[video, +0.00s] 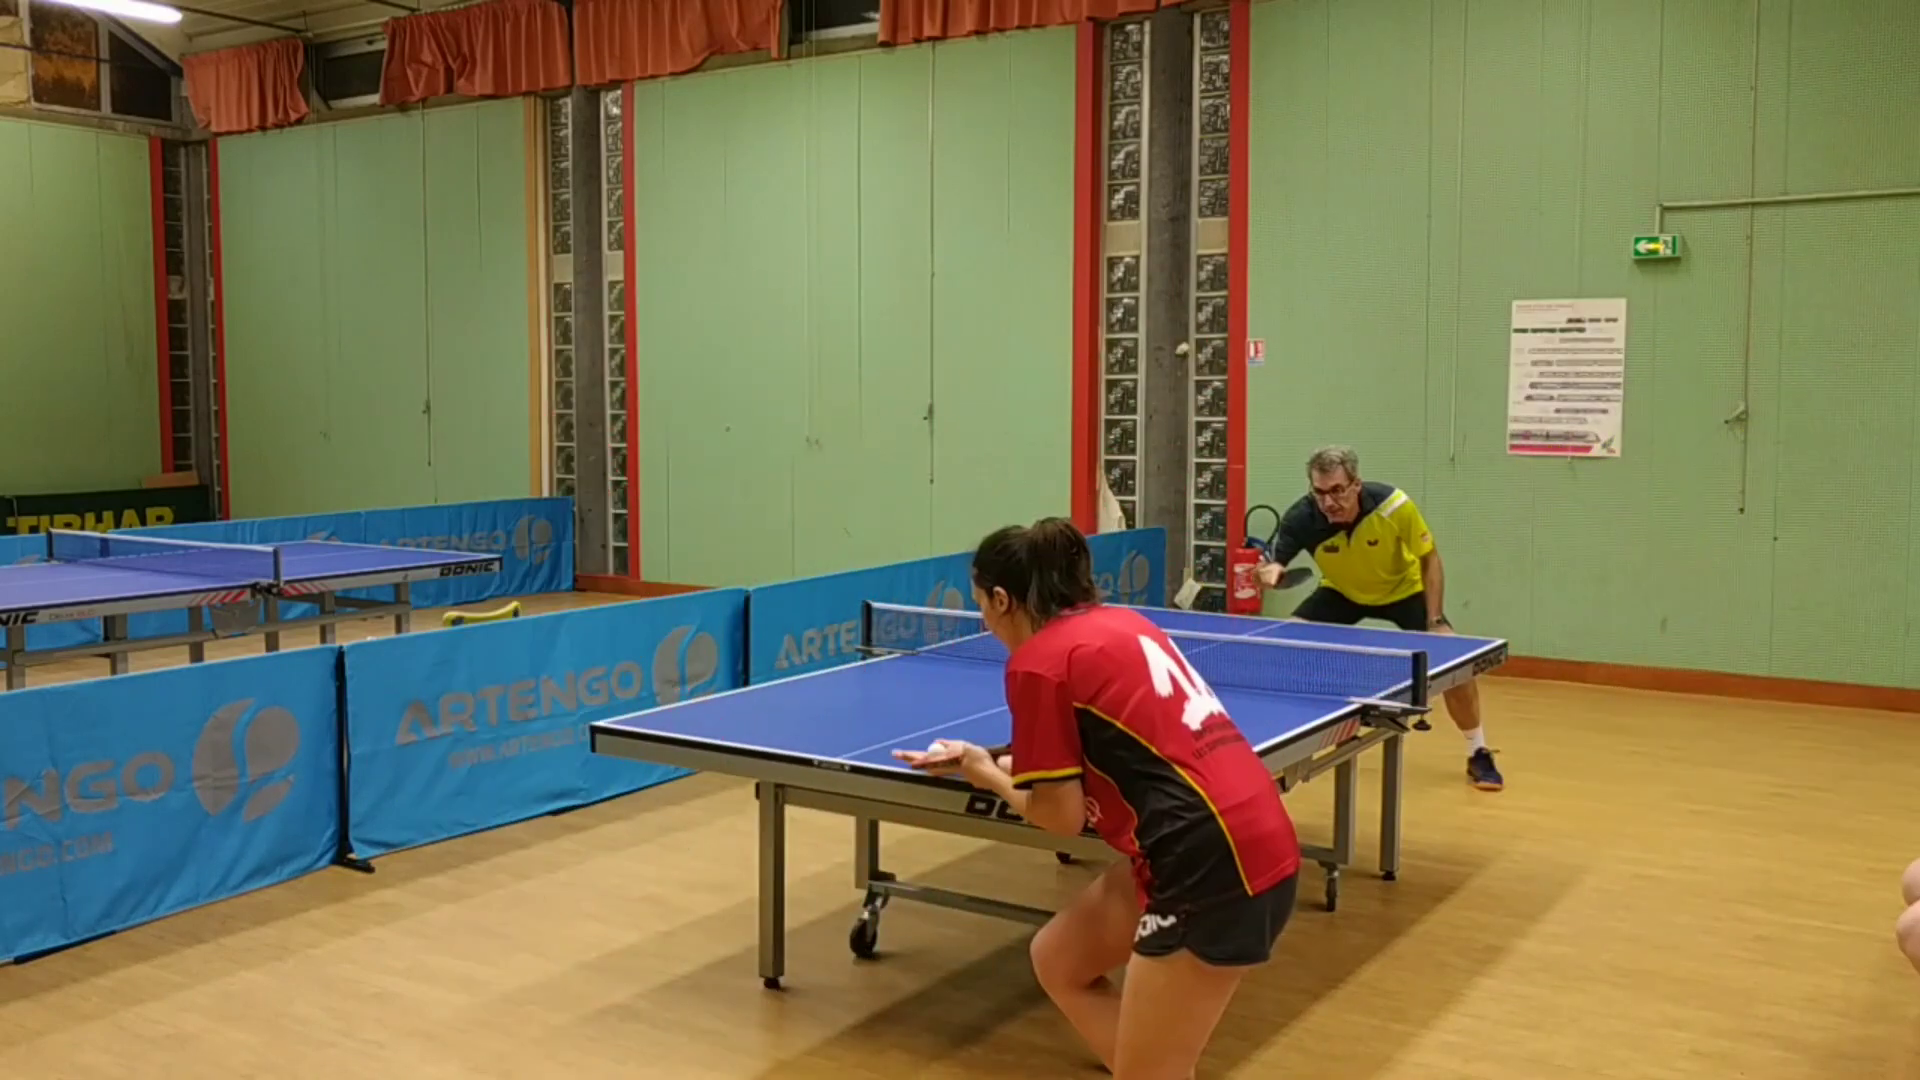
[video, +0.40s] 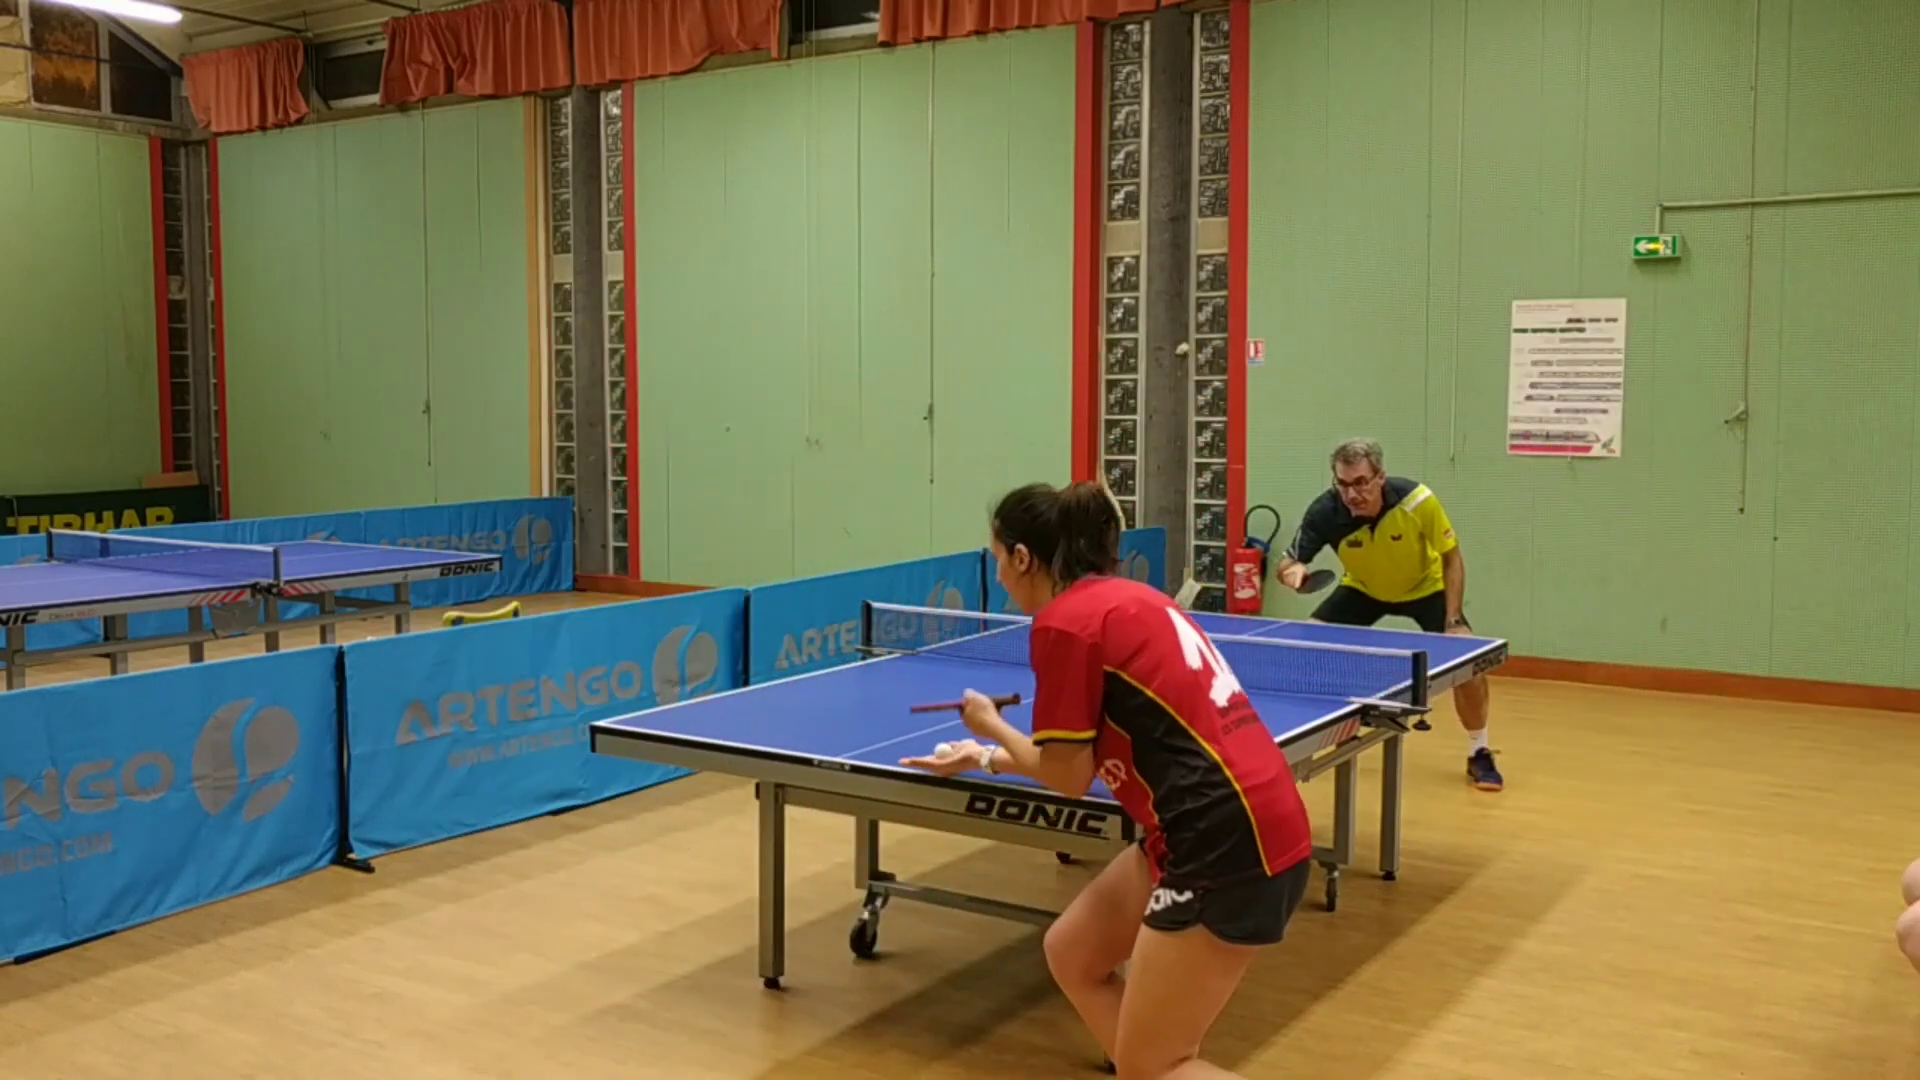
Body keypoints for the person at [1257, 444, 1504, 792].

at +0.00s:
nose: (1330, 501)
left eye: (1337, 490)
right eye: (1321, 492)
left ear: (1356, 483)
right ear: (1312, 489)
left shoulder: (1391, 503)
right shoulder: (1302, 517)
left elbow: (1430, 557)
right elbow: (1270, 564)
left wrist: (1435, 620)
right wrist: (1270, 573)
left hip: (1404, 593)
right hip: (1342, 593)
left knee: (1453, 658)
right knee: (1283, 645)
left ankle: (1479, 753)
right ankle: (1285, 749)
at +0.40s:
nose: (1352, 493)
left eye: (1361, 483)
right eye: (1344, 484)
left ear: (1380, 475)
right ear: (1335, 481)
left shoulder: (1416, 499)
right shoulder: (1325, 511)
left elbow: (1452, 557)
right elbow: (1288, 563)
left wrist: (1453, 619)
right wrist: (1295, 575)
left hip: (1424, 592)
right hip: (1362, 591)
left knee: (1468, 660)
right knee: (1305, 644)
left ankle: (1481, 753)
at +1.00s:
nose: (1340, 470)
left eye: (1349, 459)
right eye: (1331, 461)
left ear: (1367, 455)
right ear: (1322, 460)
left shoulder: (1401, 487)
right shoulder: (1308, 498)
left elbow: (1432, 552)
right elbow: (1279, 548)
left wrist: (1442, 618)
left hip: (1407, 584)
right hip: (1342, 586)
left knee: (1454, 657)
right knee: (1295, 652)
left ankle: (1478, 753)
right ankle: (1290, 749)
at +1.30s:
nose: (1304, 457)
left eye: (1312, 447)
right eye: (1296, 448)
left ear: (1329, 443)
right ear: (1286, 446)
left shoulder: (1360, 472)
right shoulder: (1269, 485)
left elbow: (1390, 528)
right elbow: (1249, 544)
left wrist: (1406, 588)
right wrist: (1266, 594)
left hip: (1365, 577)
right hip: (1303, 579)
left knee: (1417, 654)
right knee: (1264, 655)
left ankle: (1467, 750)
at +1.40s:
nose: (1294, 450)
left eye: (1303, 440)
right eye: (1286, 441)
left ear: (1321, 436)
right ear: (1277, 439)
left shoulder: (1351, 463)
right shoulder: (1260, 475)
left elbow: (1378, 518)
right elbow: (1233, 530)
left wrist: (1394, 578)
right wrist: (1237, 546)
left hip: (1357, 569)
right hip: (1295, 571)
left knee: (1404, 647)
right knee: (1261, 649)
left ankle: (1443, 744)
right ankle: (1254, 745)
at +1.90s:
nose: (1267, 472)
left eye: (1276, 462)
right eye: (1259, 462)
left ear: (1294, 451)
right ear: (1249, 454)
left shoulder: (1326, 472)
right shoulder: (1236, 485)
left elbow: (1360, 519)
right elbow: (1183, 540)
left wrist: (1378, 580)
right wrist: (1225, 520)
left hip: (1329, 583)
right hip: (1267, 582)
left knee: (1378, 657)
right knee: (1220, 651)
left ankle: (1411, 740)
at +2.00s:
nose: (1243, 485)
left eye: (1252, 475)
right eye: (1235, 475)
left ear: (1269, 464)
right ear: (1225, 467)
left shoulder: (1301, 484)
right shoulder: (1211, 495)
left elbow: (1335, 533)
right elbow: (1154, 549)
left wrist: (1360, 588)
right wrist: (1197, 531)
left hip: (1309, 596)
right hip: (1244, 594)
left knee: (1359, 664)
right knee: (1188, 651)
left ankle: (1403, 740)